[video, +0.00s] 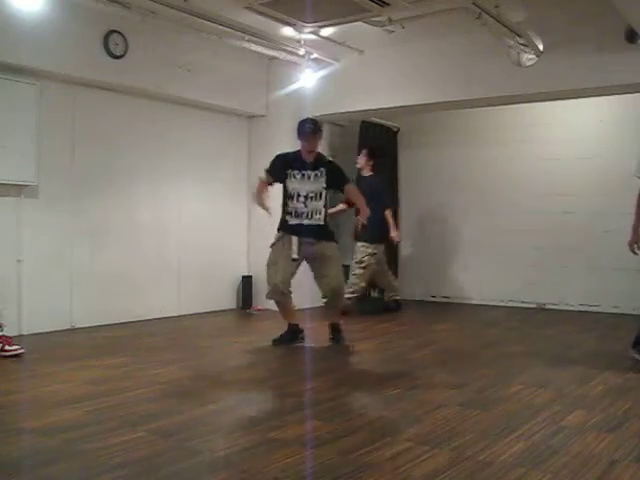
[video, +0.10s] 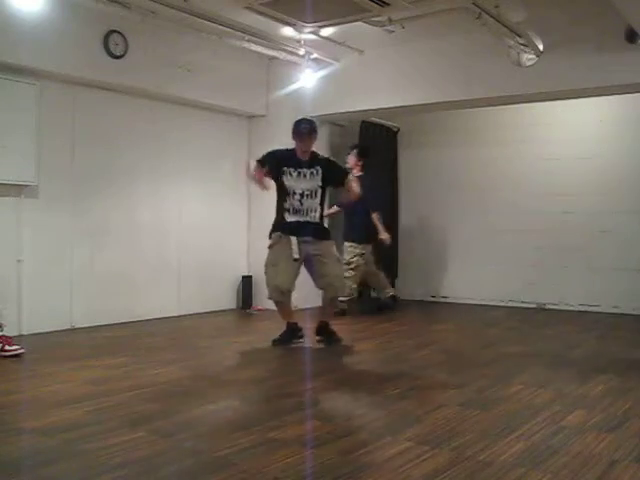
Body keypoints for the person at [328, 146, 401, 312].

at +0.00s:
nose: (357, 159)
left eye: (361, 157)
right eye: (359, 156)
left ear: (369, 161)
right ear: (365, 162)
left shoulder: (376, 181)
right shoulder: (360, 180)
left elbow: (386, 207)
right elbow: (349, 202)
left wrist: (393, 229)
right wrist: (328, 212)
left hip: (374, 230)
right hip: (365, 229)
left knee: (360, 267)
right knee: (378, 268)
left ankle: (349, 299)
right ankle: (393, 295)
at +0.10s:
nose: (347, 159)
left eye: (351, 156)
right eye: (349, 155)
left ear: (359, 161)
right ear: (356, 161)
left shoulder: (365, 181)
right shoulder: (351, 180)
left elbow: (372, 208)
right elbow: (344, 203)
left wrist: (382, 231)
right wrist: (327, 213)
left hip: (359, 233)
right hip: (355, 232)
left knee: (350, 268)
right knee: (368, 268)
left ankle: (344, 300)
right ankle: (387, 293)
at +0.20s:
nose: (337, 156)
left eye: (341, 153)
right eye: (339, 153)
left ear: (348, 158)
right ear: (346, 158)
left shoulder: (353, 179)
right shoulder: (338, 179)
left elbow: (357, 209)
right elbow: (335, 205)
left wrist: (361, 232)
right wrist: (325, 221)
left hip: (348, 235)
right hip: (336, 233)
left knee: (345, 271)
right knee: (346, 269)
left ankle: (340, 304)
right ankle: (372, 290)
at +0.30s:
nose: (327, 160)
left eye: (331, 156)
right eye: (328, 156)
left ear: (340, 159)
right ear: (340, 158)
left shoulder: (343, 178)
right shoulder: (337, 177)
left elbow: (341, 208)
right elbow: (337, 207)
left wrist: (334, 231)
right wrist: (329, 228)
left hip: (344, 235)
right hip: (340, 235)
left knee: (342, 269)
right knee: (339, 268)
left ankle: (339, 302)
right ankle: (336, 300)